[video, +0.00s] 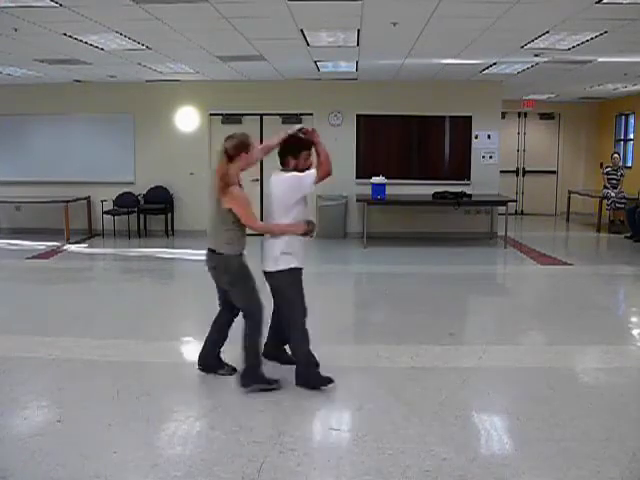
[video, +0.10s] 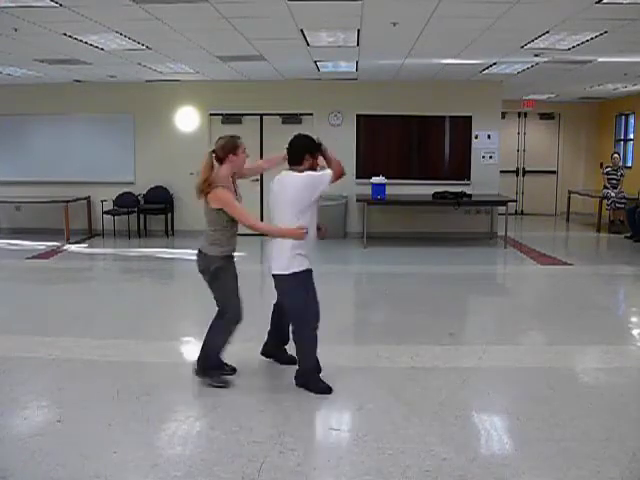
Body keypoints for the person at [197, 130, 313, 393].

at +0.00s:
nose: (254, 155)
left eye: (254, 151)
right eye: (253, 151)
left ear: (232, 153)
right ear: (243, 155)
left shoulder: (224, 173)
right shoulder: (233, 190)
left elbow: (263, 151)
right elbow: (255, 226)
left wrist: (290, 134)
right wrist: (295, 228)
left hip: (219, 256)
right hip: (229, 259)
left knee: (229, 309)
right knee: (253, 310)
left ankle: (209, 358)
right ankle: (252, 374)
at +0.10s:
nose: (245, 159)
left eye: (245, 154)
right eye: (243, 154)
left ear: (226, 158)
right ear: (229, 158)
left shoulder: (228, 177)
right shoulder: (219, 193)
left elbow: (261, 166)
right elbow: (254, 225)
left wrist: (291, 155)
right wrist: (289, 233)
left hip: (221, 257)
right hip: (215, 260)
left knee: (230, 311)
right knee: (231, 313)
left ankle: (211, 360)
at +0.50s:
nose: (225, 153)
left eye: (224, 149)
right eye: (220, 149)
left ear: (211, 153)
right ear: (204, 153)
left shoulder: (223, 182)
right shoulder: (186, 183)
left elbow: (246, 220)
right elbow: (185, 224)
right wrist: (217, 238)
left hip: (214, 256)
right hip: (186, 257)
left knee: (224, 308)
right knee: (177, 308)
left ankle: (214, 355)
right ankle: (170, 354)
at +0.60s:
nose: (223, 154)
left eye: (223, 149)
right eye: (218, 149)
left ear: (212, 154)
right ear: (202, 154)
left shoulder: (221, 184)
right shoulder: (186, 185)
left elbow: (235, 215)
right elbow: (184, 225)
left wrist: (237, 227)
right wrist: (215, 233)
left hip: (214, 258)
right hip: (186, 259)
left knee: (231, 306)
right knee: (175, 309)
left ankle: (217, 354)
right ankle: (169, 354)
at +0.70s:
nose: (225, 153)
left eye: (225, 149)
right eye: (220, 150)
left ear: (217, 155)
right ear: (204, 155)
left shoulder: (223, 185)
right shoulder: (189, 187)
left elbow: (228, 224)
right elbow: (188, 227)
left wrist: (236, 212)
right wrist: (218, 224)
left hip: (219, 259)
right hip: (192, 260)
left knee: (234, 309)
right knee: (179, 309)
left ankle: (223, 360)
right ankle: (170, 353)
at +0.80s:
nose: (232, 154)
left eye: (232, 150)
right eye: (227, 150)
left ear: (221, 157)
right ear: (211, 156)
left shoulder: (232, 184)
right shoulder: (199, 185)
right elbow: (204, 228)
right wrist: (234, 211)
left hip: (228, 261)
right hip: (202, 260)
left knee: (237, 314)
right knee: (188, 309)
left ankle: (224, 365)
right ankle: (171, 350)